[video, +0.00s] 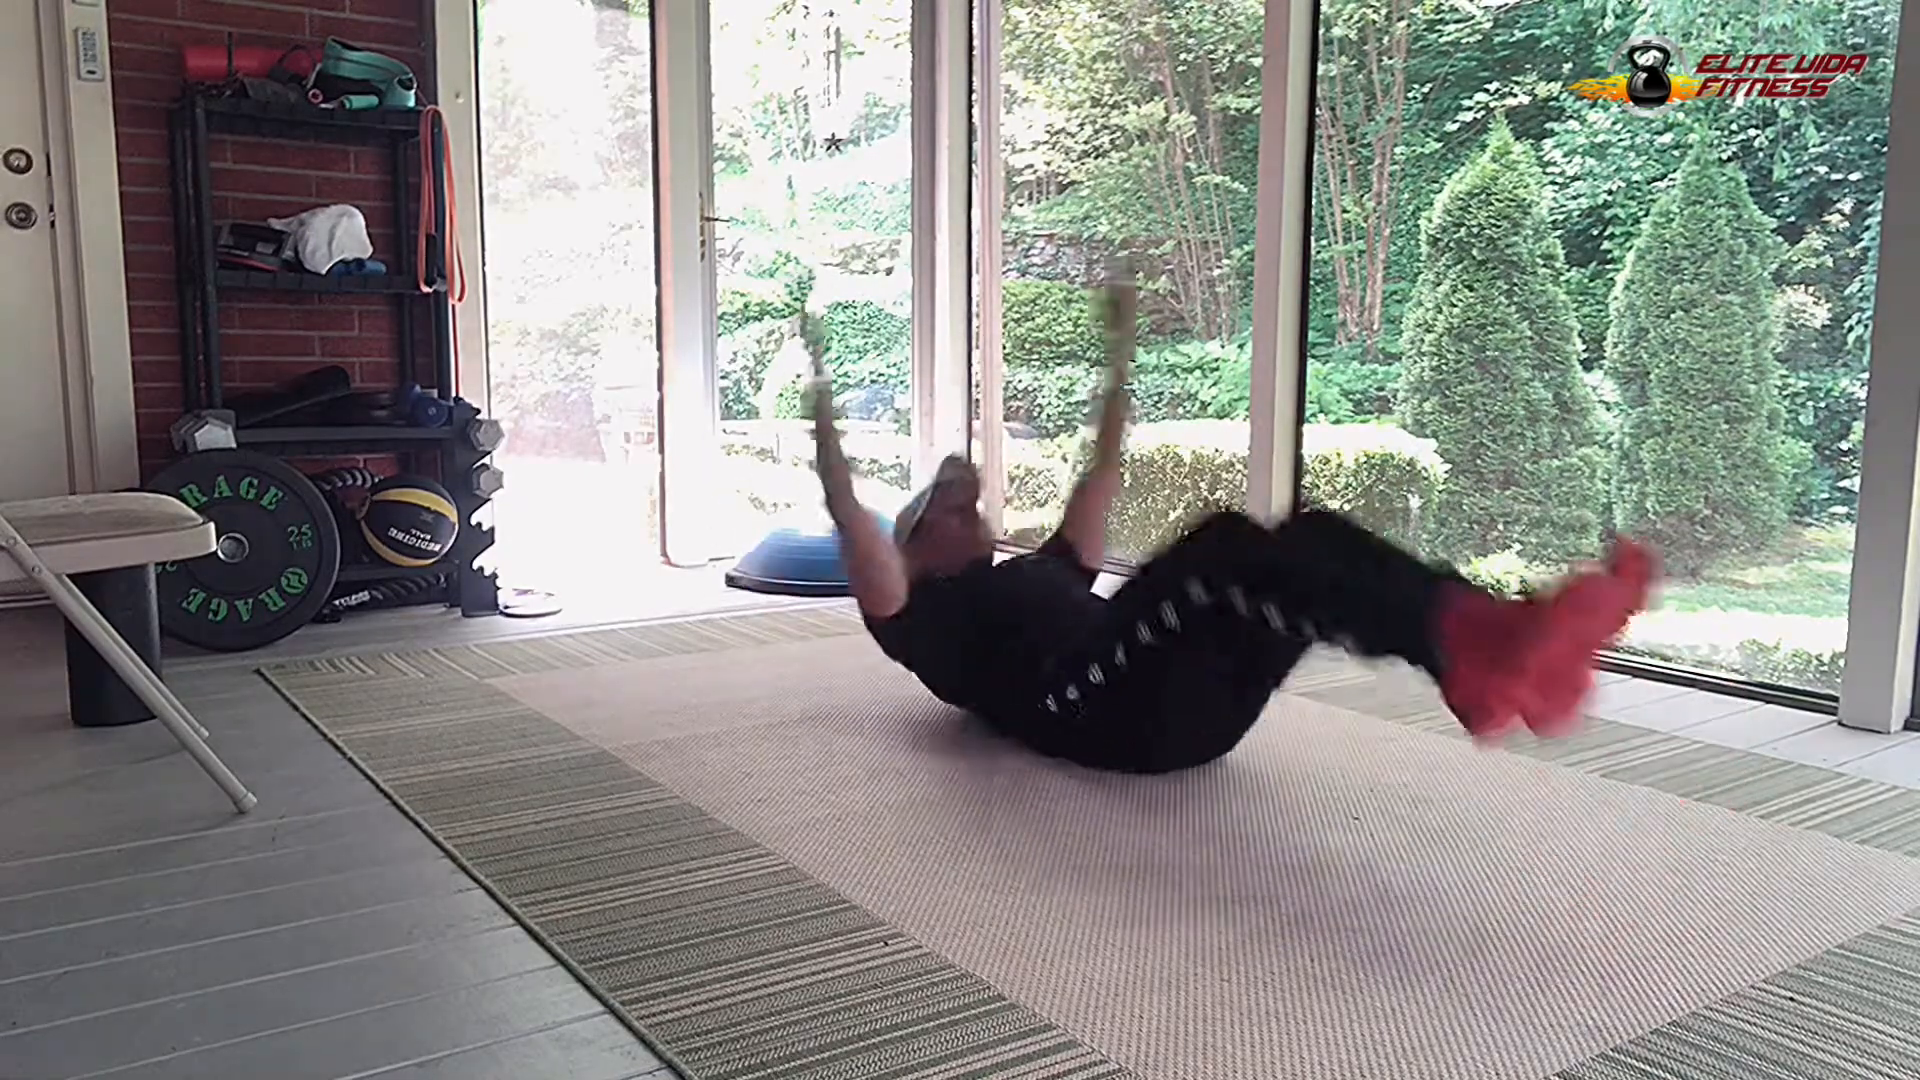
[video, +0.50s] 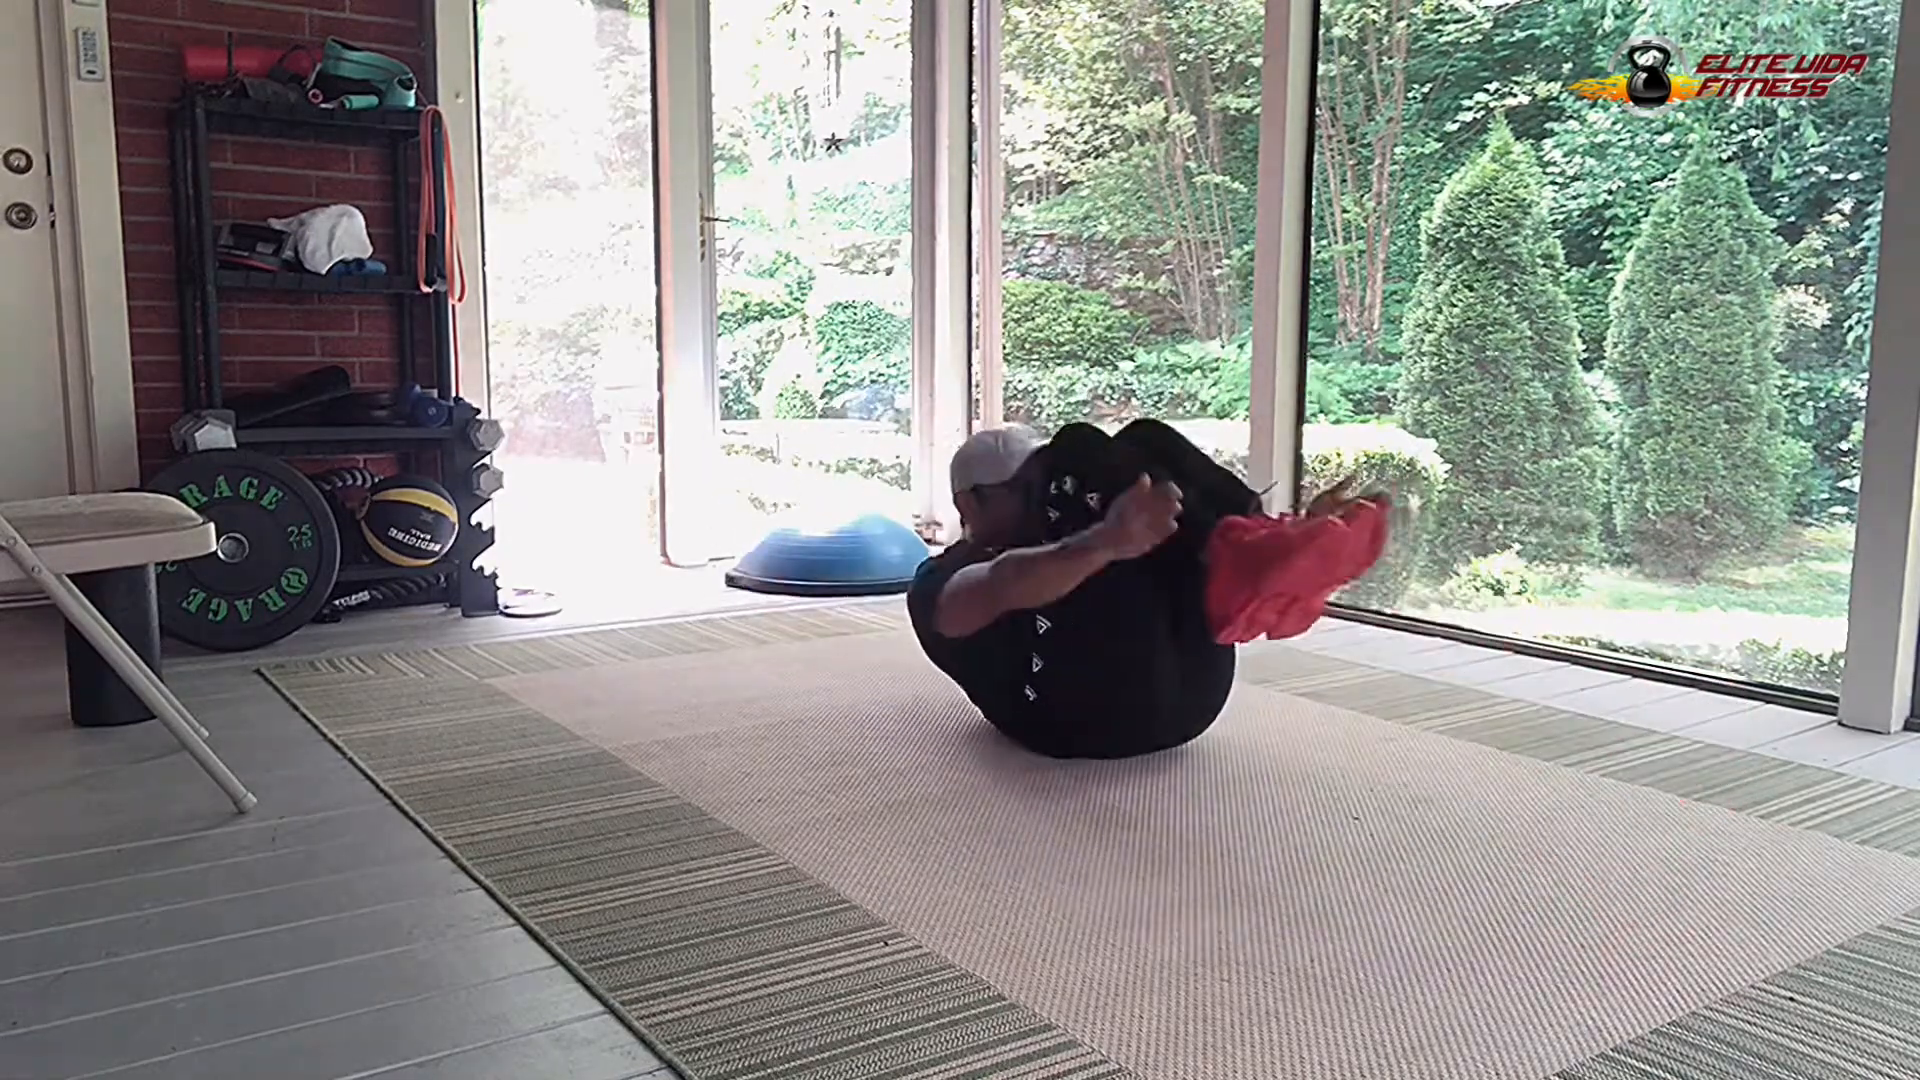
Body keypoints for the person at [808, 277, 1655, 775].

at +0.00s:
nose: (969, 508)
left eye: (973, 500)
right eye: (947, 507)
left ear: (989, 524)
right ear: (912, 543)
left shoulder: (1044, 572)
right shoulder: (922, 613)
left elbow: (1099, 483)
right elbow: (872, 565)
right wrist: (831, 454)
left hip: (1170, 691)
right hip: (1106, 709)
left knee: (1302, 533)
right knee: (1232, 550)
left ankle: (1495, 648)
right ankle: (1472, 648)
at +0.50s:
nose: (1042, 504)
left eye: (1037, 489)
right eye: (1023, 490)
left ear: (1048, 490)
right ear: (971, 506)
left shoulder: (1066, 541)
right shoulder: (938, 583)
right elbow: (1001, 585)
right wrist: (1107, 539)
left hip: (1188, 698)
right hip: (1087, 712)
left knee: (1146, 439)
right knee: (1076, 446)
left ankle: (1274, 547)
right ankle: (1234, 567)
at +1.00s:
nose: (958, 514)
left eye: (967, 505)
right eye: (939, 509)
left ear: (989, 526)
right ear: (909, 544)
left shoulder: (1060, 569)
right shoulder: (913, 613)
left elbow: (1102, 468)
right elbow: (866, 477)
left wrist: (1104, 330)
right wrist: (855, 351)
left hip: (1176, 691)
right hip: (1098, 706)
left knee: (1304, 518)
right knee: (1222, 540)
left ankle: (1492, 656)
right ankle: (1465, 665)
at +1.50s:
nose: (906, 570)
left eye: (911, 562)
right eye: (888, 578)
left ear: (935, 576)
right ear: (880, 610)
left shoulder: (993, 585)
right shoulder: (884, 642)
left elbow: (982, 546)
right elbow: (759, 578)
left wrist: (930, 534)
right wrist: (837, 573)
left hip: (1144, 642)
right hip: (1081, 684)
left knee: (1336, 677)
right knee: (1277, 703)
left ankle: (1581, 827)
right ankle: (1552, 789)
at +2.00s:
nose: (941, 541)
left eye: (946, 539)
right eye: (919, 547)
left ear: (963, 558)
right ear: (892, 586)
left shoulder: (1013, 584)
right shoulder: (888, 645)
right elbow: (747, 604)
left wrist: (950, 545)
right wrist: (829, 591)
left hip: (1170, 643)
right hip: (1090, 685)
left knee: (1358, 688)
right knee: (1290, 721)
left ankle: (1582, 830)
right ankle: (1554, 826)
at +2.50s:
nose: (1053, 469)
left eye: (1058, 455)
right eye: (1035, 458)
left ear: (1064, 459)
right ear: (990, 473)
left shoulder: (1103, 526)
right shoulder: (959, 544)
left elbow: (1217, 524)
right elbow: (982, 550)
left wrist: (1348, 438)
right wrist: (1081, 426)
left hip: (1188, 708)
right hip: (1095, 713)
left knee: (1226, 451)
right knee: (1144, 461)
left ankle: (1369, 588)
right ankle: (1318, 612)